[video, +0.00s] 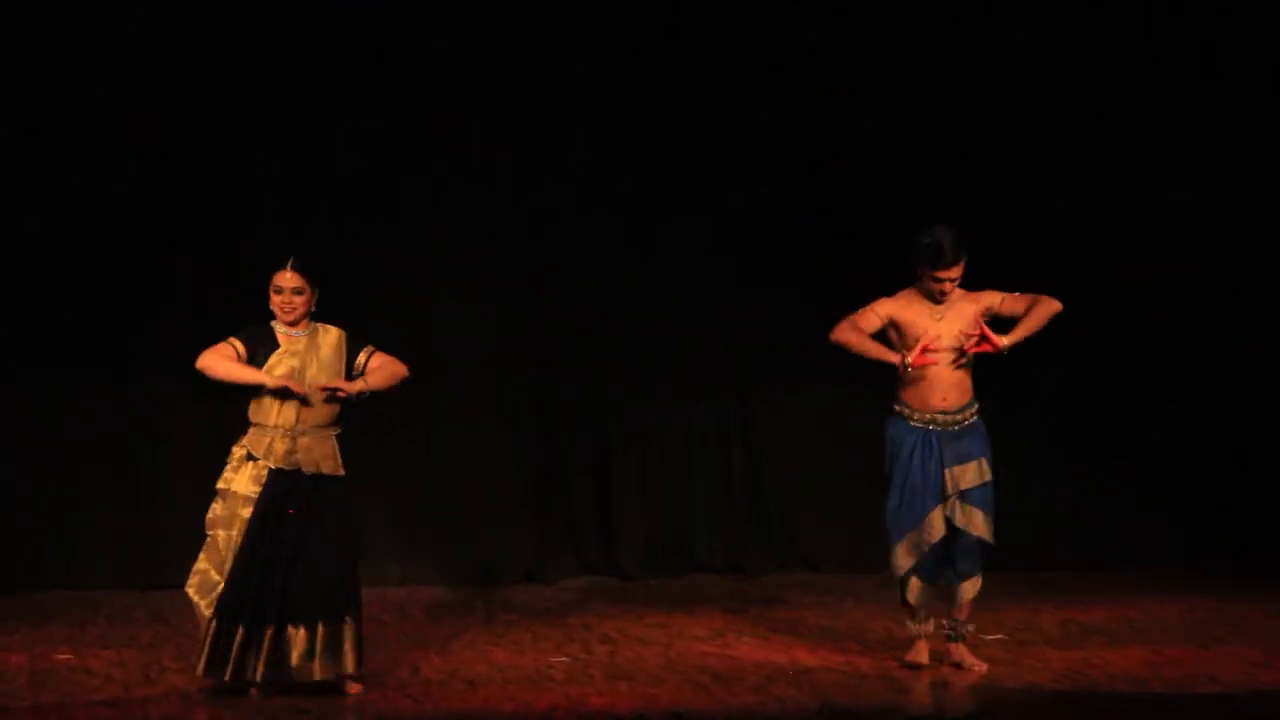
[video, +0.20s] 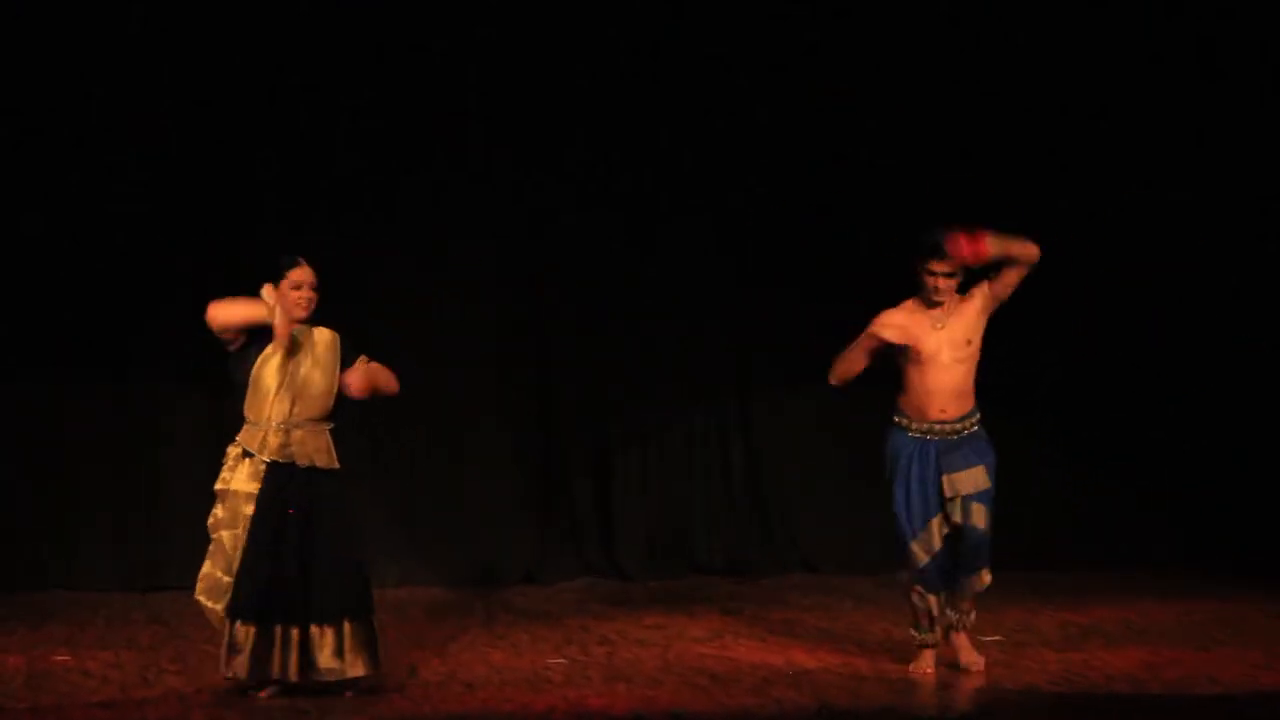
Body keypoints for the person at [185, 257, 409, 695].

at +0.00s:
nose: (287, 300)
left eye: (297, 292)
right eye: (279, 291)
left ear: (312, 297)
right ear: (269, 295)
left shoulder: (336, 343)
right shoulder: (258, 338)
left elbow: (396, 369)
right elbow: (207, 362)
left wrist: (358, 385)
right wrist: (266, 379)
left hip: (319, 472)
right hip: (259, 470)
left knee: (331, 569)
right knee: (250, 568)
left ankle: (341, 670)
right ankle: (246, 671)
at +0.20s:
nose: (306, 295)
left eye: (312, 288)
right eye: (297, 287)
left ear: (317, 297)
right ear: (274, 292)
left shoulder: (329, 344)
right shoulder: (255, 338)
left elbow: (390, 385)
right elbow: (215, 314)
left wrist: (371, 377)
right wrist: (269, 309)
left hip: (314, 463)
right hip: (259, 463)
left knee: (329, 561)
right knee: (263, 565)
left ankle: (336, 669)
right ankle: (267, 672)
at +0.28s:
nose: (313, 291)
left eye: (314, 285)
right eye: (304, 284)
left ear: (309, 295)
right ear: (275, 292)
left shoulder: (325, 346)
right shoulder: (250, 336)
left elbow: (365, 388)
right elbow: (223, 292)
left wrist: (391, 380)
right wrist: (269, 263)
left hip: (311, 461)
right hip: (256, 461)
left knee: (326, 560)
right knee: (261, 565)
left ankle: (327, 669)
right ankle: (261, 673)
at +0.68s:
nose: (289, 297)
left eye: (299, 288)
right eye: (280, 289)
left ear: (320, 299)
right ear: (268, 299)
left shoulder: (335, 348)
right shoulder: (257, 345)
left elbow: (391, 384)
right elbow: (216, 321)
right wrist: (270, 312)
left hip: (317, 467)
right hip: (260, 466)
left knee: (328, 566)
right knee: (261, 567)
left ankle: (333, 673)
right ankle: (266, 672)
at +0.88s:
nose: (280, 298)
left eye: (290, 290)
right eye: (275, 291)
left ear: (314, 296)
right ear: (269, 297)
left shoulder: (339, 346)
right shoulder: (259, 342)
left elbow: (384, 406)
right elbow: (201, 380)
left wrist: (372, 468)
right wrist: (244, 373)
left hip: (323, 470)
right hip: (267, 470)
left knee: (328, 569)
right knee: (269, 571)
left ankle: (329, 675)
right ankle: (276, 674)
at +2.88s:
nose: (361, 294)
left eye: (366, 287)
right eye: (351, 287)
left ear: (372, 295)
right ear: (327, 295)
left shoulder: (385, 345)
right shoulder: (306, 340)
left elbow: (427, 408)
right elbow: (242, 362)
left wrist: (424, 469)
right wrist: (288, 371)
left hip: (371, 472)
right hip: (315, 471)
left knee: (375, 569)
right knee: (315, 571)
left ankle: (376, 675)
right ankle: (314, 674)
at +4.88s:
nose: (340, 298)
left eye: (347, 291)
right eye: (330, 290)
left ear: (354, 297)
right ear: (311, 296)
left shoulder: (370, 347)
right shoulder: (292, 342)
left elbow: (417, 405)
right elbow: (230, 365)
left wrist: (410, 459)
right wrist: (283, 361)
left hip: (355, 471)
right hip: (297, 471)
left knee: (372, 566)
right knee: (295, 571)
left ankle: (387, 670)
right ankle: (292, 677)